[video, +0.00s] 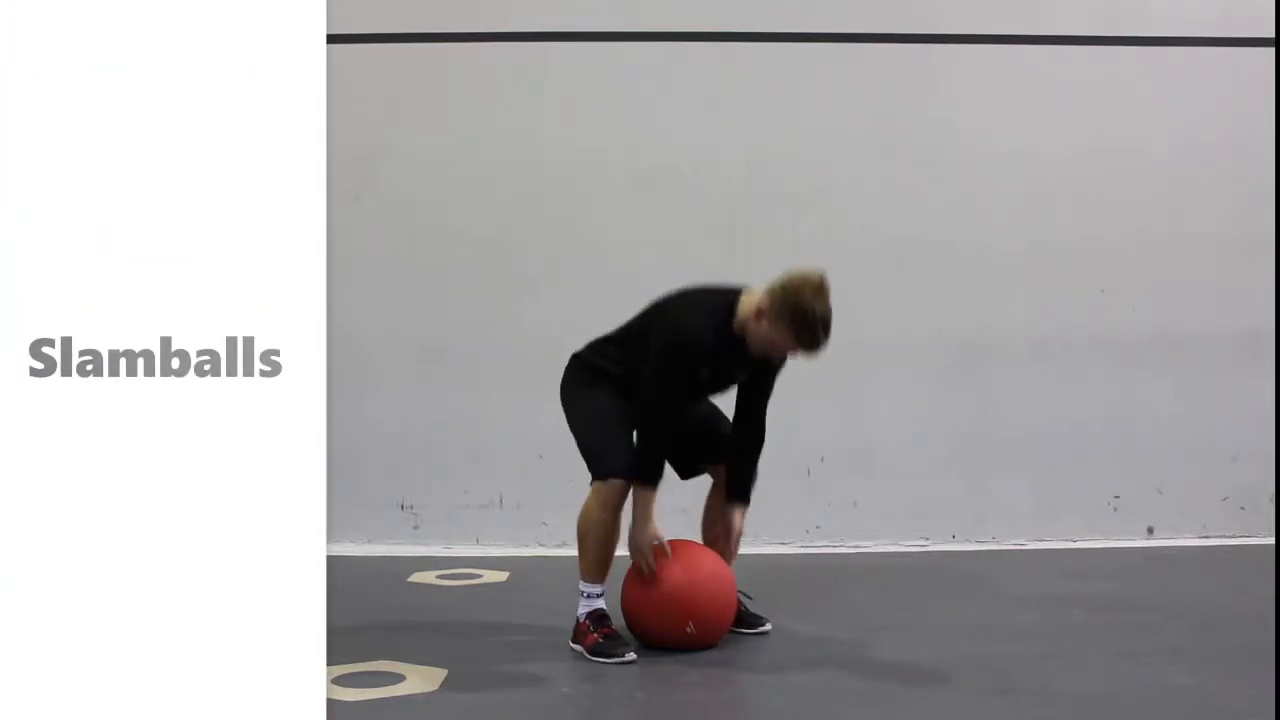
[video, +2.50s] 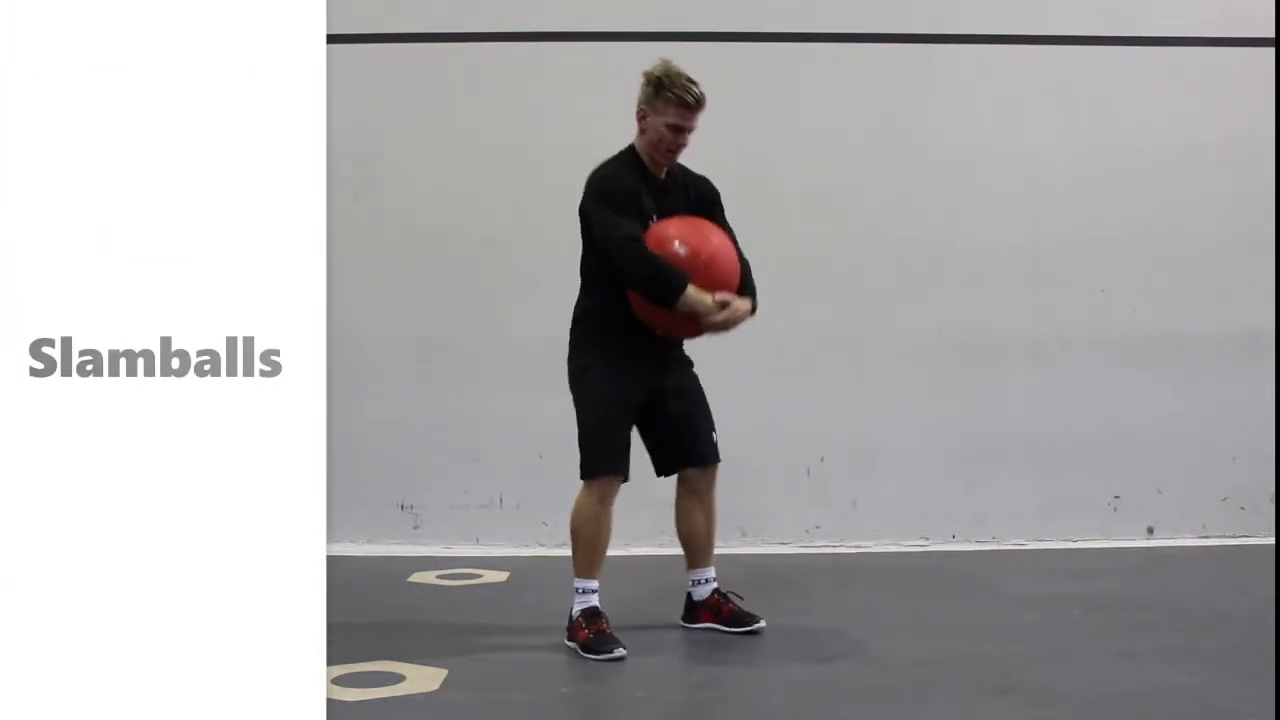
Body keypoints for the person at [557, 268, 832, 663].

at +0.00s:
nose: (785, 355)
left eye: (794, 350)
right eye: (785, 343)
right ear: (764, 314)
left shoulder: (769, 340)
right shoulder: (690, 323)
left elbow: (749, 420)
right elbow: (656, 422)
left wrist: (738, 506)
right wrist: (642, 519)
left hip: (670, 393)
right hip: (600, 382)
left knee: (732, 469)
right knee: (615, 477)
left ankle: (716, 595)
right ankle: (590, 615)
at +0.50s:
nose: (779, 434)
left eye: (788, 430)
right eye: (779, 424)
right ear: (761, 394)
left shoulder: (763, 411)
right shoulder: (695, 399)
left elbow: (736, 494)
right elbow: (650, 491)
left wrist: (717, 580)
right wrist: (639, 579)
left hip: (657, 423)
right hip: (595, 408)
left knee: (754, 476)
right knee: (615, 477)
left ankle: (717, 594)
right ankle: (593, 617)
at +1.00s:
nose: (740, 172)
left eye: (748, 163)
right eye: (734, 160)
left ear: (753, 157)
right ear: (703, 144)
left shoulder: (738, 210)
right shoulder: (654, 202)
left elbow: (734, 286)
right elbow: (618, 297)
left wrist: (742, 358)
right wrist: (660, 356)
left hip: (667, 343)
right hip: (606, 341)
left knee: (713, 456)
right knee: (622, 462)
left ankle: (712, 590)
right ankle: (598, 608)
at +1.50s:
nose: (682, 148)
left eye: (688, 138)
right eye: (670, 137)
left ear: (693, 140)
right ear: (640, 136)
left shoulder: (703, 209)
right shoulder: (617, 200)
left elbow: (745, 266)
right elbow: (647, 260)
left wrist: (762, 291)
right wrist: (719, 293)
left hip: (683, 363)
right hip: (623, 367)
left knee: (730, 475)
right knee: (654, 483)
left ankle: (690, 603)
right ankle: (610, 614)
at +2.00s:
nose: (664, 118)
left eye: (672, 108)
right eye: (653, 107)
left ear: (680, 109)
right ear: (625, 104)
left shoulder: (695, 177)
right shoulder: (603, 174)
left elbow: (741, 238)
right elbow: (635, 232)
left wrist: (756, 263)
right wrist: (713, 265)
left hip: (683, 341)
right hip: (621, 344)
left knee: (708, 459)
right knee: (616, 470)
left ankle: (703, 595)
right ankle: (584, 609)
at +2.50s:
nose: (681, 142)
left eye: (689, 131)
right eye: (672, 129)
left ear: (696, 127)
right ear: (641, 118)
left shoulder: (699, 191)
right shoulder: (607, 184)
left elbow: (735, 263)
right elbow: (629, 259)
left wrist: (743, 303)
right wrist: (703, 302)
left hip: (664, 347)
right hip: (603, 348)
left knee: (700, 462)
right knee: (604, 474)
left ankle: (703, 597)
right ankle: (585, 611)